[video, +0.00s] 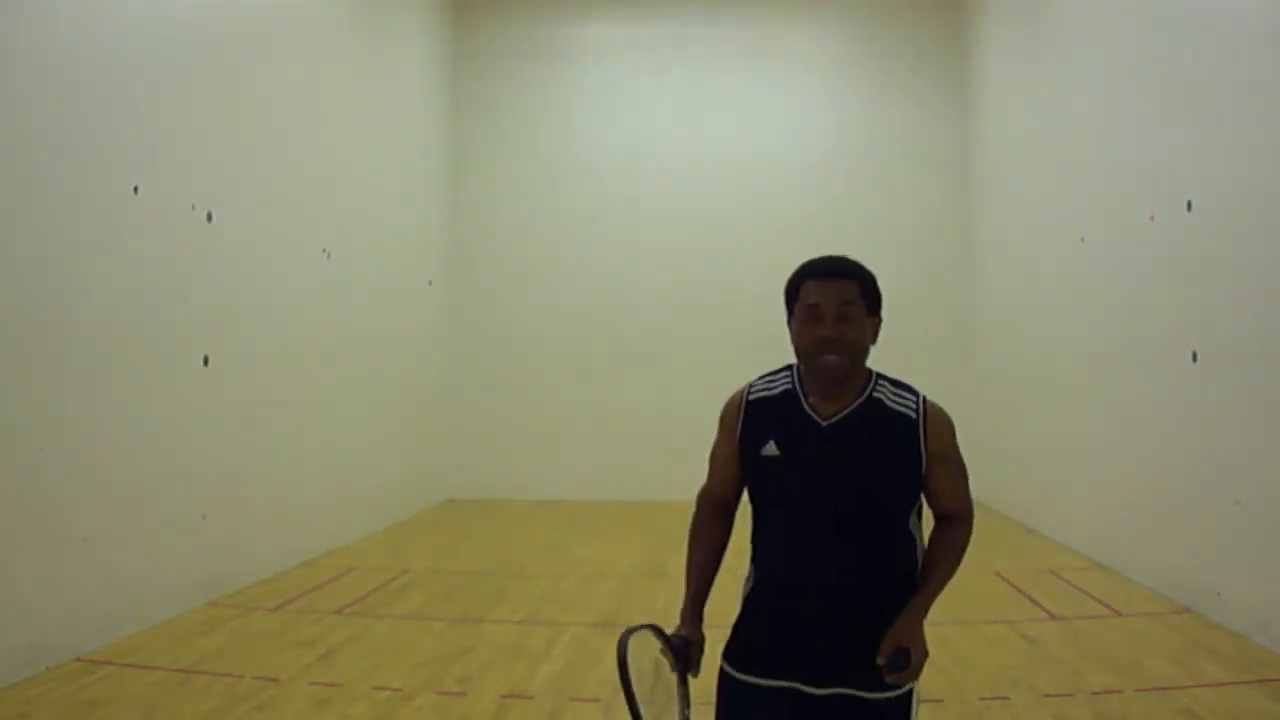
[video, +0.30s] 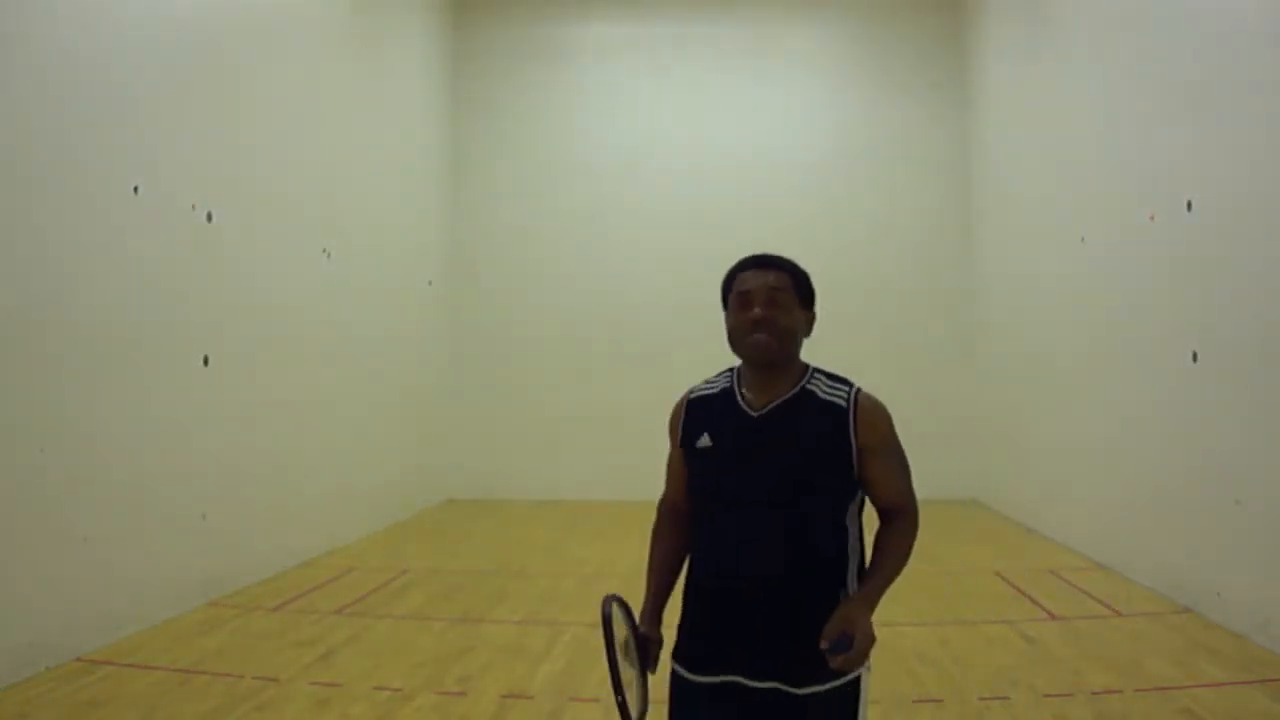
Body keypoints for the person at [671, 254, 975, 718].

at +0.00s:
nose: (829, 332)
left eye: (845, 318)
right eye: (813, 317)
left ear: (874, 328)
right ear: (790, 327)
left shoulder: (921, 423)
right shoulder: (749, 412)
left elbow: (955, 520)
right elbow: (716, 506)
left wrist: (914, 615)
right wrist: (691, 616)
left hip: (873, 664)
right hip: (768, 656)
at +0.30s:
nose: (759, 313)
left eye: (776, 300)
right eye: (743, 302)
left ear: (808, 319)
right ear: (726, 322)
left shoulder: (855, 415)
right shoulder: (695, 412)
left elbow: (900, 515)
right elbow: (675, 513)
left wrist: (863, 604)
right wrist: (650, 615)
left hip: (813, 670)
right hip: (710, 662)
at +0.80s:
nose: (717, 329)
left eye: (729, 316)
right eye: (698, 316)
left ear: (743, 324)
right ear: (660, 325)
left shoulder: (789, 409)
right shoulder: (623, 424)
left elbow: (821, 501)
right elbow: (595, 527)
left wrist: (811, 589)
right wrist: (578, 641)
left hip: (776, 666)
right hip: (670, 669)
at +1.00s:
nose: (725, 326)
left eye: (735, 314)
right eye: (705, 313)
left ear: (746, 322)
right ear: (662, 321)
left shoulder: (788, 411)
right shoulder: (621, 421)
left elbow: (816, 505)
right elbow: (593, 526)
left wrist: (808, 591)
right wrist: (579, 631)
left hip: (765, 663)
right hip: (661, 664)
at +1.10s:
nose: (731, 323)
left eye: (741, 311)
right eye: (710, 309)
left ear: (751, 322)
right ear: (668, 320)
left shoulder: (790, 413)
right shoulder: (623, 420)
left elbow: (820, 508)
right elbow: (598, 526)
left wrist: (809, 595)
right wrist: (580, 632)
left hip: (761, 661)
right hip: (659, 661)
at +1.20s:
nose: (729, 320)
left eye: (741, 309)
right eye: (710, 306)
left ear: (753, 324)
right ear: (670, 320)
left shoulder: (793, 413)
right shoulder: (625, 417)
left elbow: (826, 510)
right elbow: (602, 521)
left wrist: (811, 598)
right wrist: (583, 630)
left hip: (759, 664)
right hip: (658, 662)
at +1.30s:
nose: (725, 321)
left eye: (739, 312)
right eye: (708, 307)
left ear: (753, 329)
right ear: (671, 321)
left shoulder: (794, 414)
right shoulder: (627, 414)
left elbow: (832, 512)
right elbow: (602, 518)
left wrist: (812, 599)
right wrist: (583, 626)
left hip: (759, 668)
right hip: (657, 667)